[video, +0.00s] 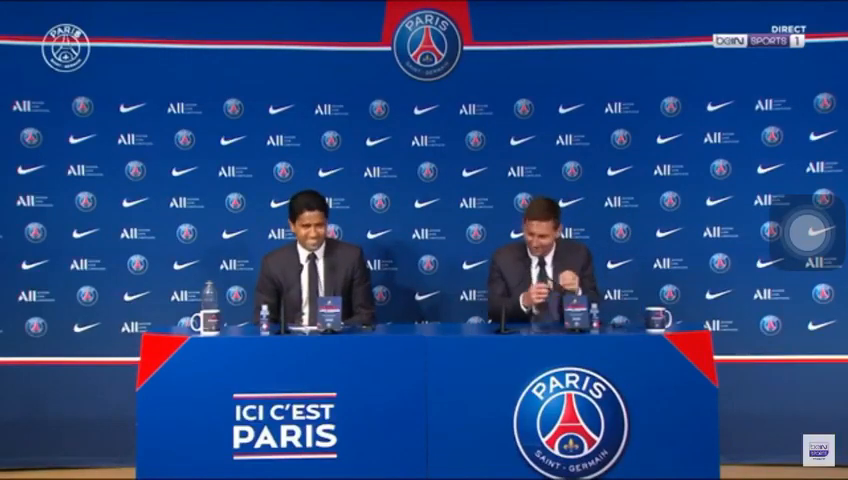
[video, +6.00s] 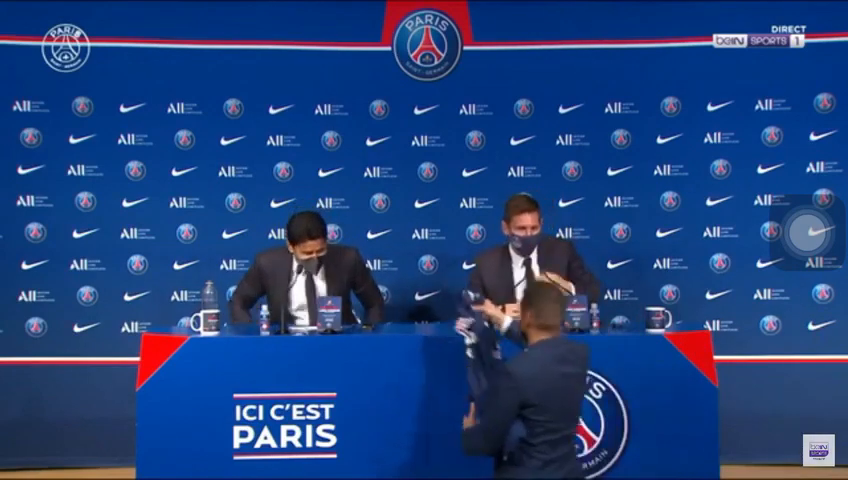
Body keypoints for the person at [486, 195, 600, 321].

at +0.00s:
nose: (534, 243)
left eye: (542, 236)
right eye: (530, 235)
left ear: (557, 232)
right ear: (524, 227)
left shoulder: (578, 253)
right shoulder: (503, 257)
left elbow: (594, 302)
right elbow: (495, 310)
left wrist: (578, 290)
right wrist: (524, 301)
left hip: (567, 340)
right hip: (519, 342)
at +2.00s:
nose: (548, 240)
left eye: (555, 234)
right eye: (543, 232)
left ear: (564, 226)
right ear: (530, 223)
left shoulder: (579, 254)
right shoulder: (504, 258)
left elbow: (595, 297)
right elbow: (490, 307)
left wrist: (567, 278)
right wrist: (511, 307)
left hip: (568, 340)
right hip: (520, 341)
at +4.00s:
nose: (537, 231)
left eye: (544, 224)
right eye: (531, 224)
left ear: (556, 224)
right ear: (522, 225)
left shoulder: (575, 252)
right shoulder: (507, 253)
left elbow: (600, 302)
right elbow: (486, 307)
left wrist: (577, 258)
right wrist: (506, 265)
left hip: (565, 341)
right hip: (518, 341)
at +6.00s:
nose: (528, 236)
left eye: (534, 229)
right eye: (521, 229)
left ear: (541, 225)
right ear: (506, 228)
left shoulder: (562, 250)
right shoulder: (487, 262)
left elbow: (593, 291)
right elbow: (474, 306)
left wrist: (569, 289)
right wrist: (501, 312)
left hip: (556, 340)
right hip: (505, 344)